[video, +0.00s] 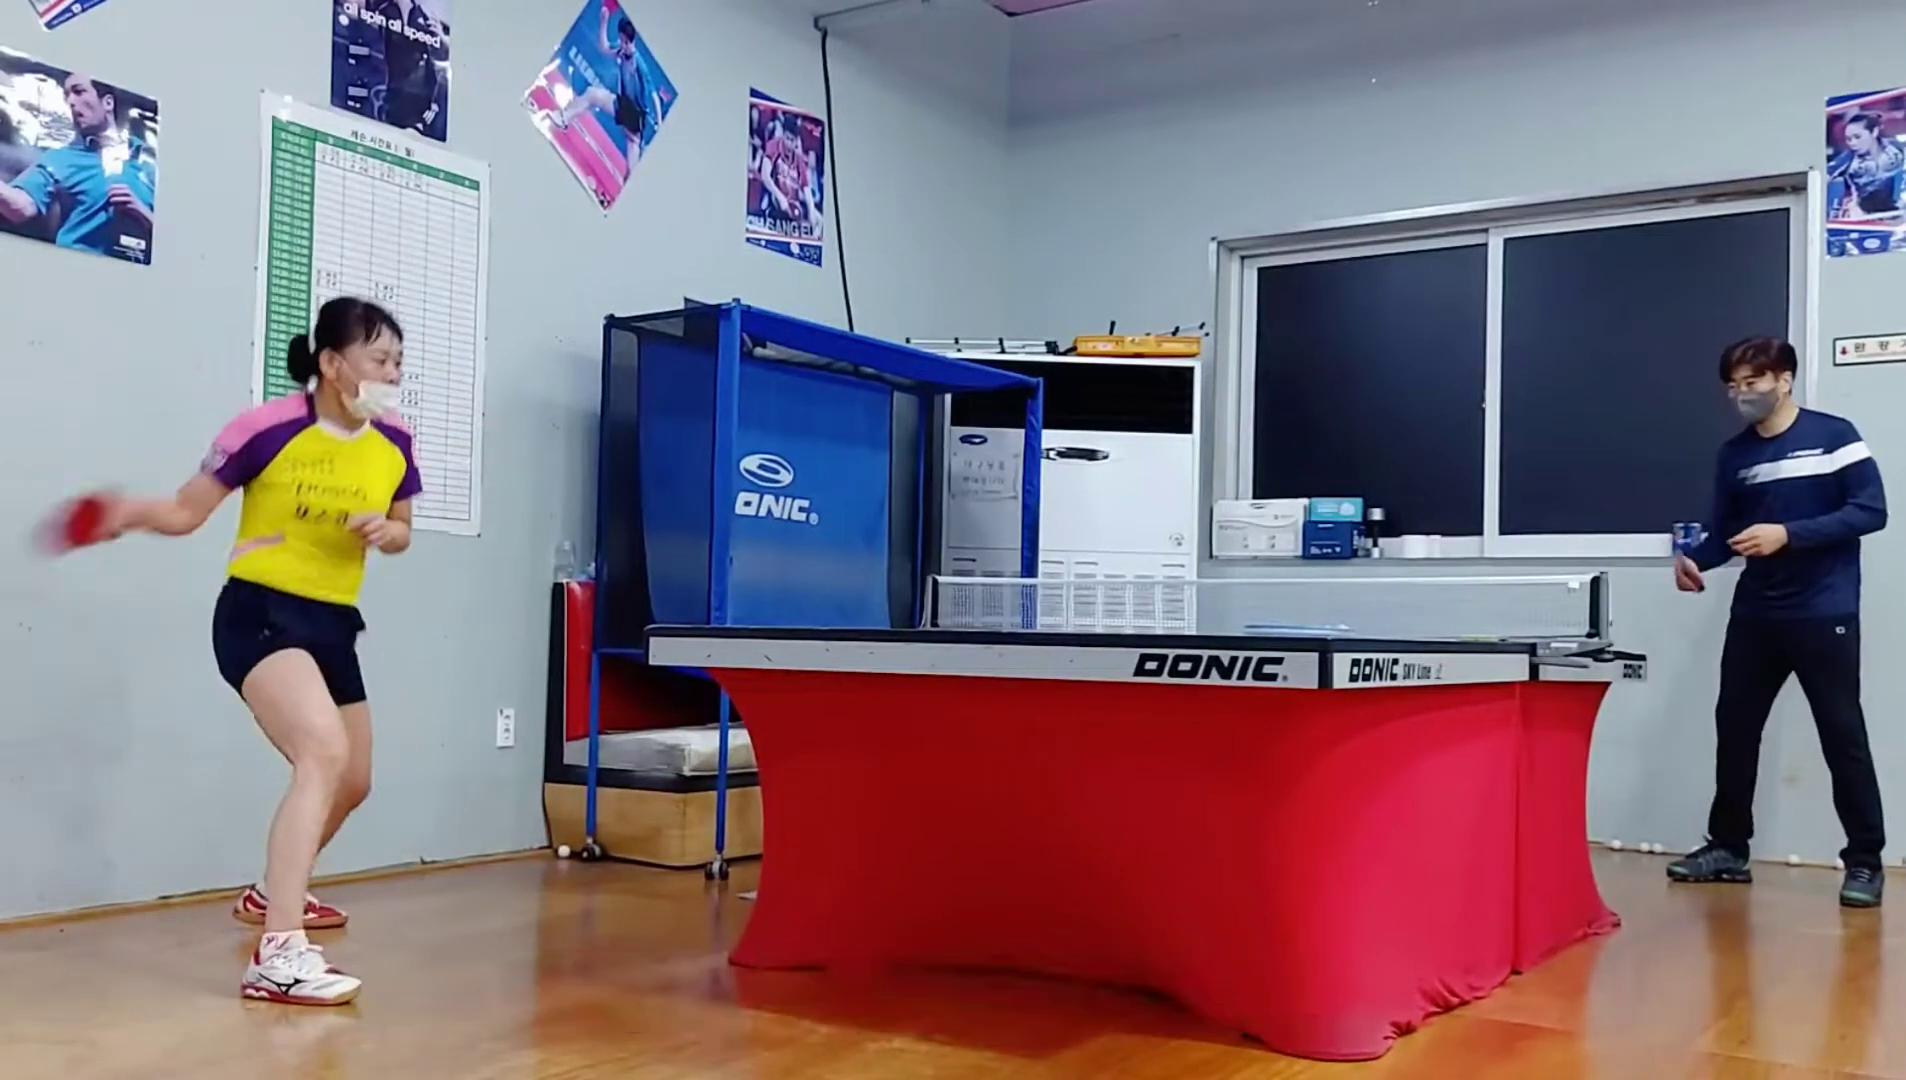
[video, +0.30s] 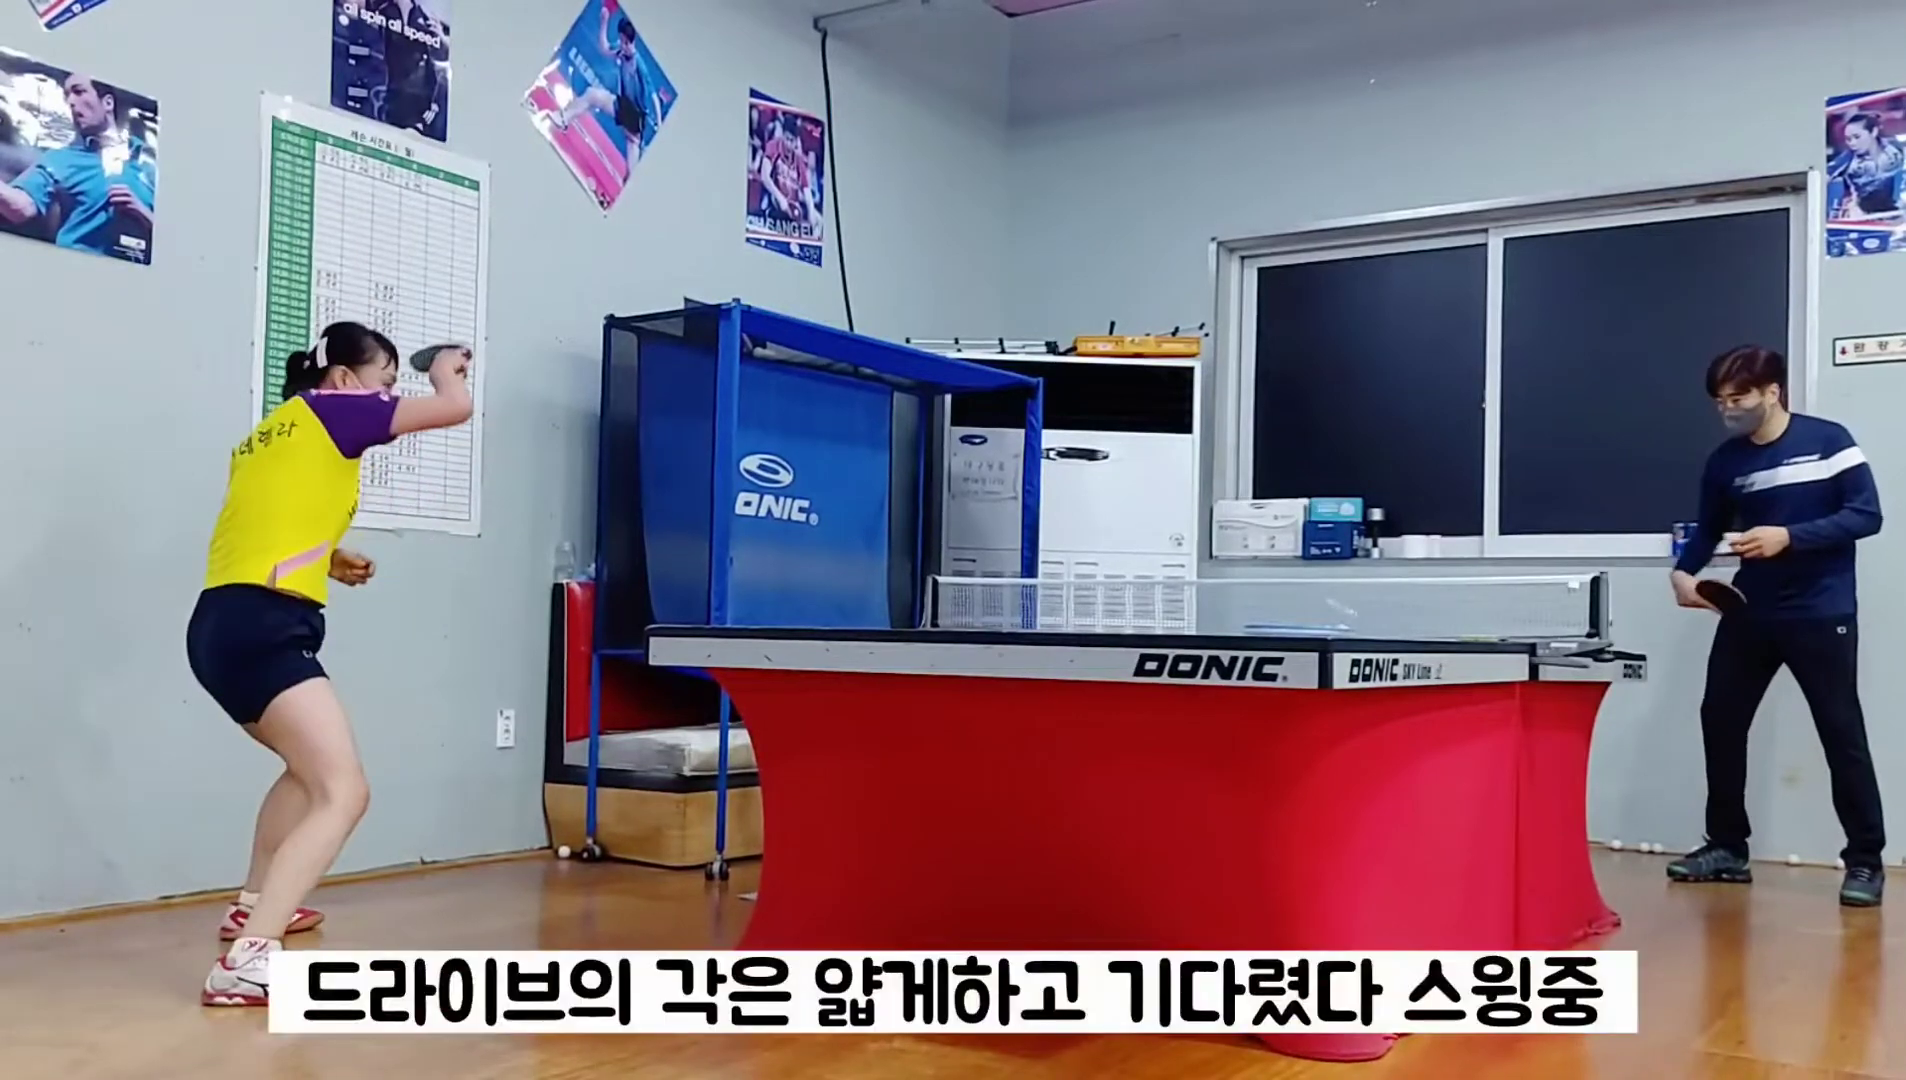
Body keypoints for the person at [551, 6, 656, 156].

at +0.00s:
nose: (621, 41)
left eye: (623, 38)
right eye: (621, 37)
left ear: (626, 39)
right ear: (621, 38)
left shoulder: (631, 56)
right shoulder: (622, 53)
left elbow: (630, 54)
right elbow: (604, 50)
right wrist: (604, 22)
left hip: (628, 108)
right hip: (637, 114)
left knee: (592, 94)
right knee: (633, 143)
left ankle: (563, 118)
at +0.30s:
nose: (622, 43)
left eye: (625, 40)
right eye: (622, 39)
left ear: (629, 41)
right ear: (620, 38)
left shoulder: (633, 58)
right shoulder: (621, 53)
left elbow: (632, 57)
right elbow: (604, 50)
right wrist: (603, 23)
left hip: (629, 108)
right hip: (637, 115)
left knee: (592, 95)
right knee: (633, 143)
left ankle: (562, 118)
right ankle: (629, 176)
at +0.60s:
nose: (622, 42)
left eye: (624, 39)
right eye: (621, 39)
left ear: (628, 40)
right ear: (620, 38)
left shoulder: (633, 57)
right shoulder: (621, 53)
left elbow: (632, 56)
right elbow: (603, 50)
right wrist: (603, 23)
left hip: (628, 108)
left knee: (593, 94)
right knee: (633, 146)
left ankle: (562, 118)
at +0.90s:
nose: (622, 43)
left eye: (624, 40)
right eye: (622, 39)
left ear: (628, 41)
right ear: (621, 38)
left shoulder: (632, 57)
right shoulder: (621, 53)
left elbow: (632, 57)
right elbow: (604, 50)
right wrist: (604, 22)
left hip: (628, 108)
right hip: (637, 114)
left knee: (592, 94)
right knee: (633, 145)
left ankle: (562, 118)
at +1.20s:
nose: (622, 43)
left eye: (624, 40)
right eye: (622, 39)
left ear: (628, 41)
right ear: (620, 38)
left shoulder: (633, 58)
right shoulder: (621, 52)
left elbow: (632, 57)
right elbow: (604, 50)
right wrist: (604, 23)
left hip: (629, 108)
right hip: (637, 114)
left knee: (592, 94)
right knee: (633, 145)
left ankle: (563, 118)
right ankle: (629, 180)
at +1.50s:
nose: (621, 42)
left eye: (624, 40)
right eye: (621, 39)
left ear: (628, 40)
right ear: (619, 38)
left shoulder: (631, 57)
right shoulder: (621, 53)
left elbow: (630, 55)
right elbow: (604, 50)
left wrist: (628, 50)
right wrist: (604, 22)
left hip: (628, 107)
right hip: (636, 114)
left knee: (592, 94)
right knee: (633, 144)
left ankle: (562, 118)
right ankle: (629, 179)